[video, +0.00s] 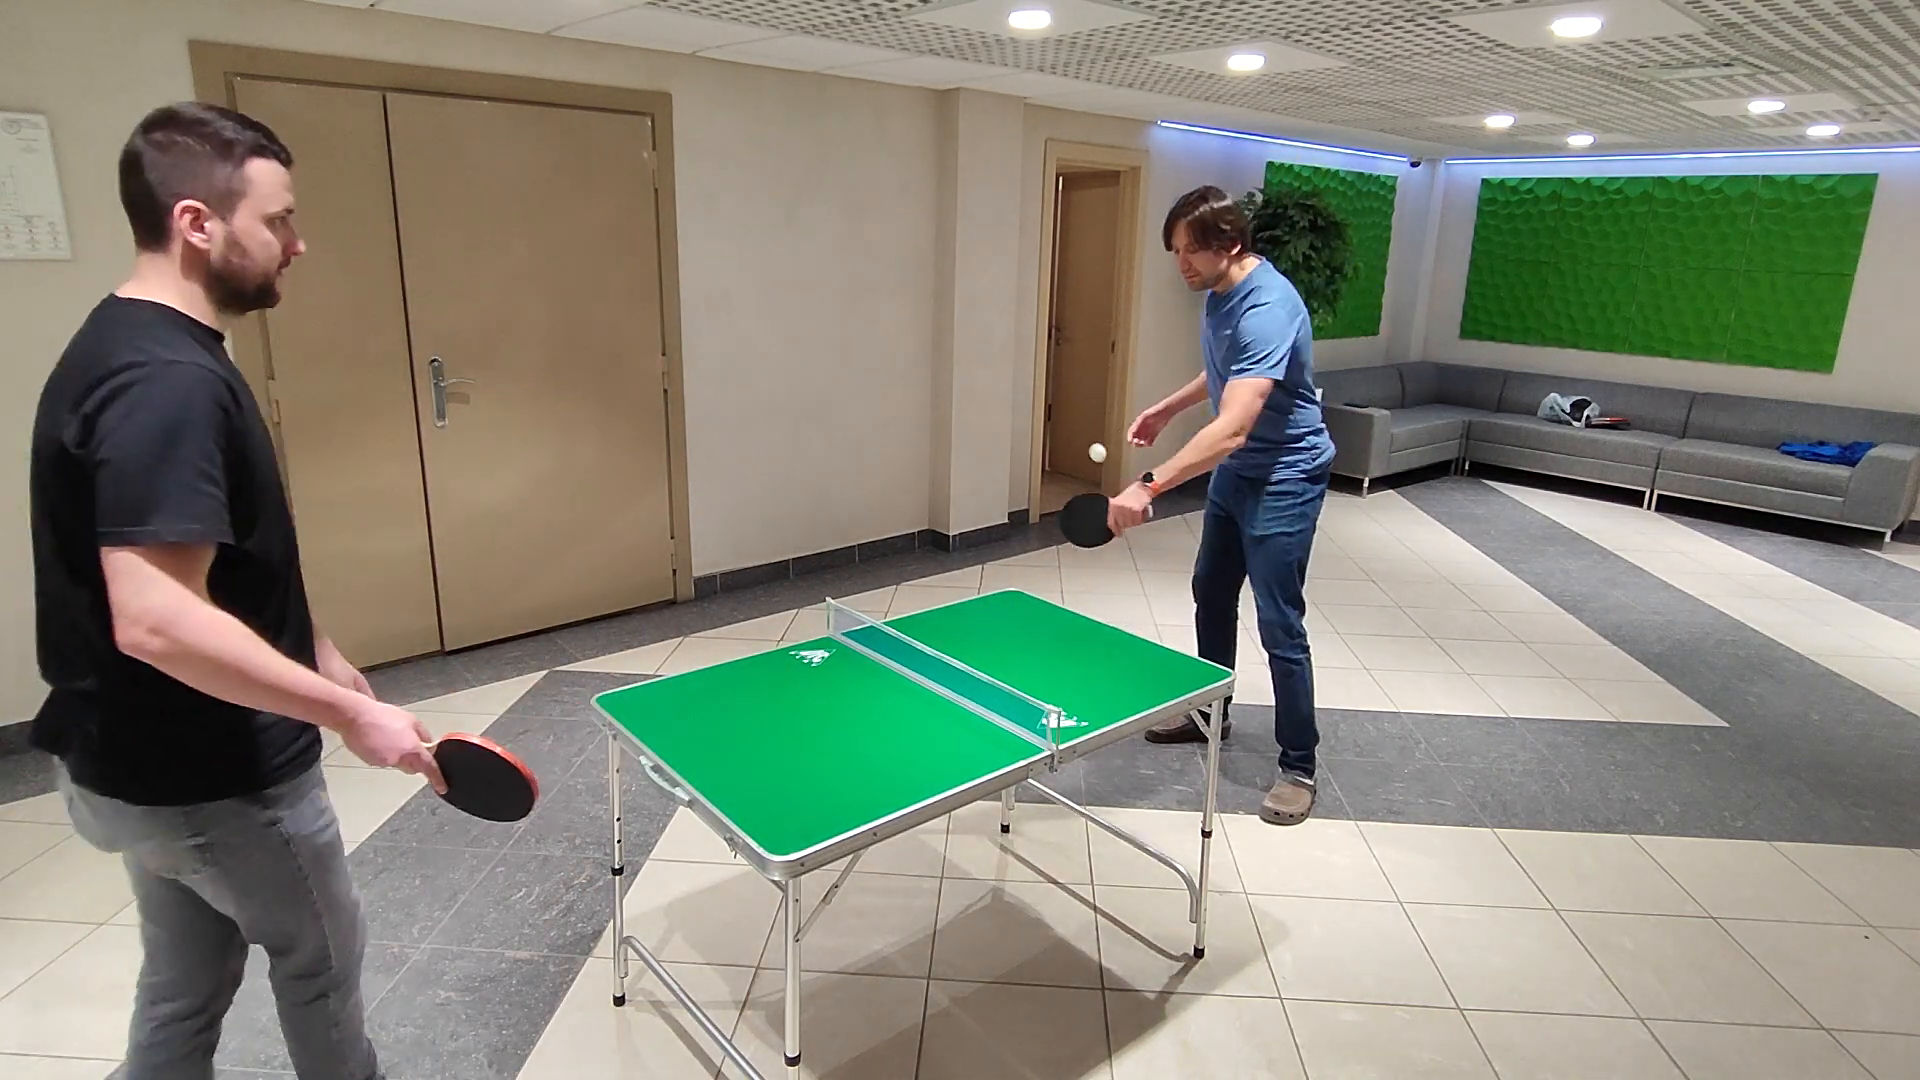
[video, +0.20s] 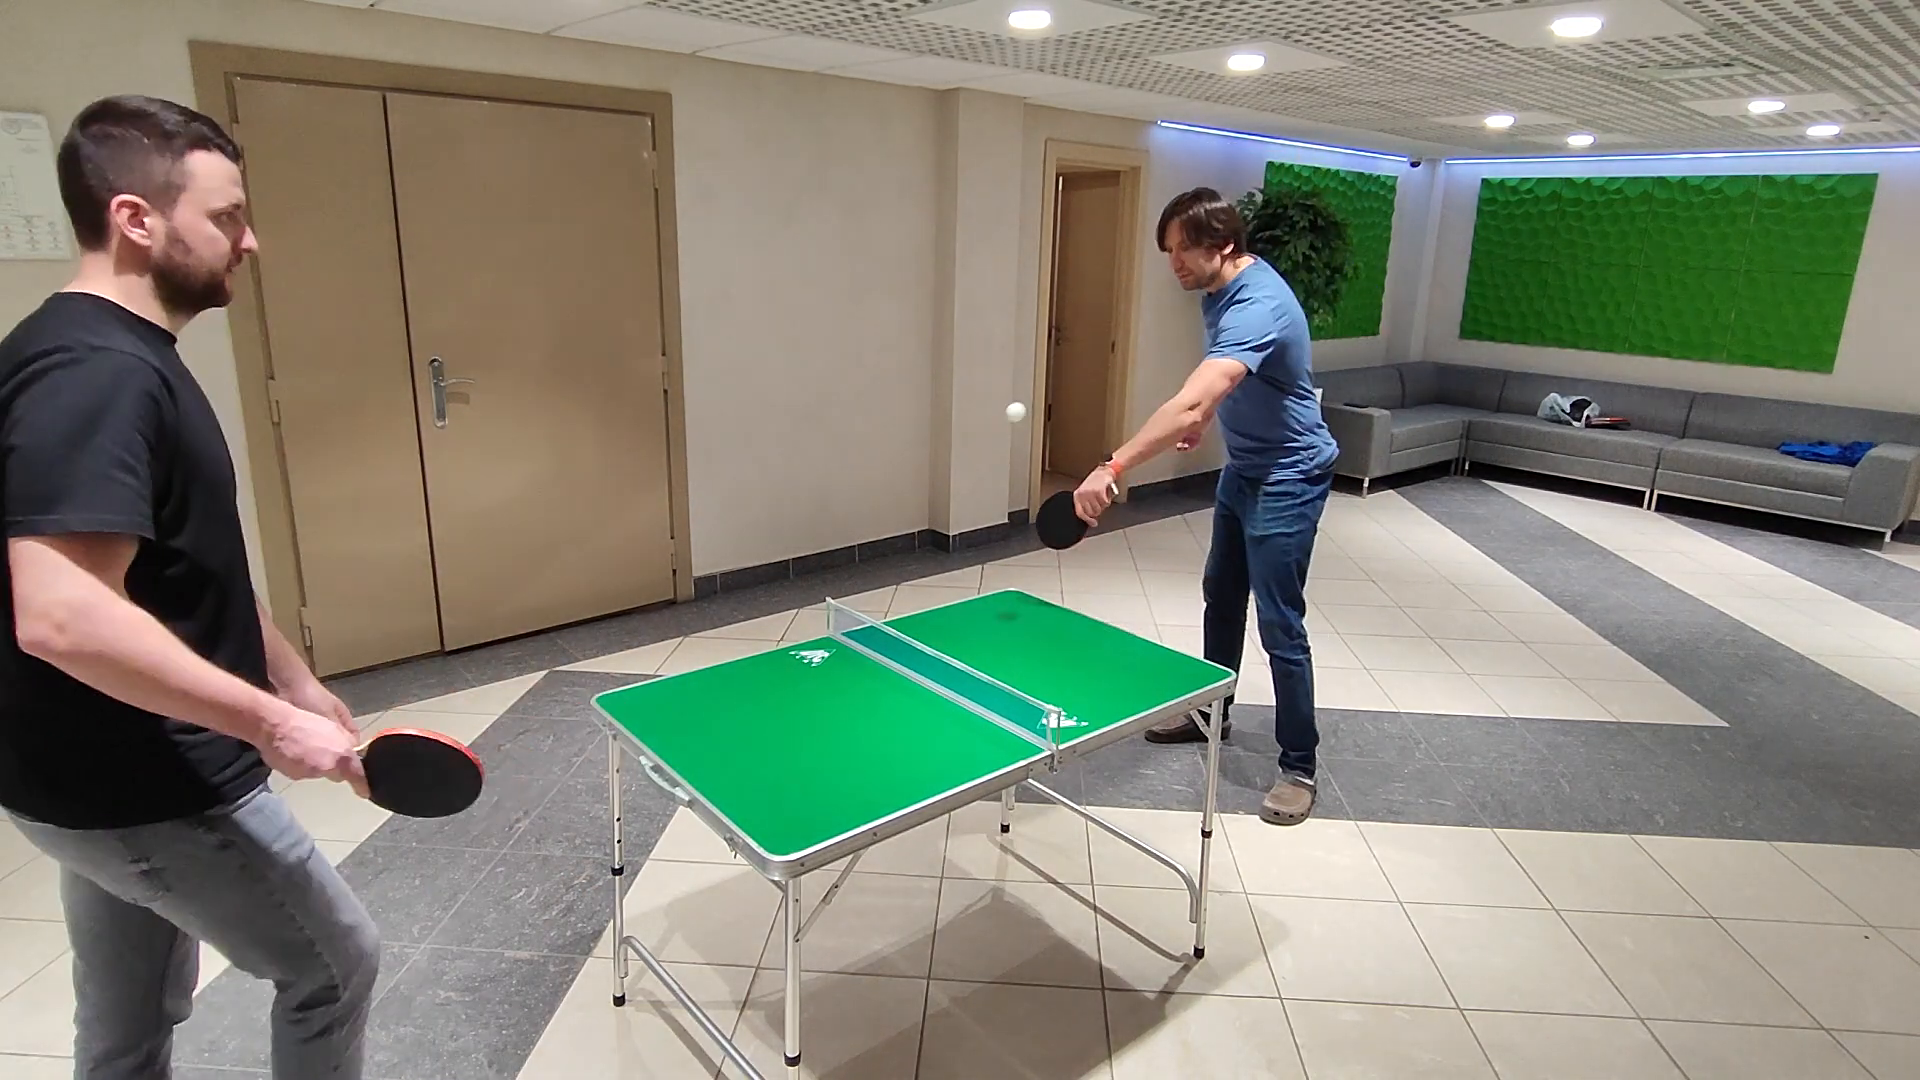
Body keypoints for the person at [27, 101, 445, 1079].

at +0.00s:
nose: (295, 246)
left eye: (293, 222)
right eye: (278, 221)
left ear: (196, 228)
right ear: (196, 225)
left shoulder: (121, 343)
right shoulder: (171, 374)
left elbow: (230, 559)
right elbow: (151, 617)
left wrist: (327, 666)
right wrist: (352, 712)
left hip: (140, 774)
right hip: (230, 782)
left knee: (180, 999)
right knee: (321, 963)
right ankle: (343, 1073)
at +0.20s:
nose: (249, 244)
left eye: (246, 219)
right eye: (226, 219)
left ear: (142, 225)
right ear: (137, 220)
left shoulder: (109, 347)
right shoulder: (102, 364)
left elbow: (189, 578)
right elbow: (55, 612)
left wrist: (302, 687)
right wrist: (268, 722)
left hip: (87, 781)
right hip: (155, 790)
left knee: (127, 1024)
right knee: (335, 969)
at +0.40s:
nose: (233, 258)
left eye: (233, 232)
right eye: (208, 228)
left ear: (113, 221)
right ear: (107, 213)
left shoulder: (83, 344)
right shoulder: (78, 372)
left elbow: (126, 591)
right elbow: (19, 626)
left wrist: (242, 713)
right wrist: (218, 759)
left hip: (76, 807)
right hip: (134, 822)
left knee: (114, 1053)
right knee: (267, 1051)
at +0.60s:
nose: (257, 276)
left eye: (260, 247)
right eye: (238, 243)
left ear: (133, 228)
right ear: (133, 224)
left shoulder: (112, 353)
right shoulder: (70, 394)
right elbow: (18, 673)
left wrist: (190, 802)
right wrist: (219, 795)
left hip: (138, 843)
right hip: (109, 864)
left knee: (176, 1060)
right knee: (174, 1069)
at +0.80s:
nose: (258, 280)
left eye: (262, 250)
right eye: (238, 248)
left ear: (128, 228)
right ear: (131, 224)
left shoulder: (75, 345)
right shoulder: (87, 409)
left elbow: (139, 600)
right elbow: (144, 687)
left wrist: (232, 714)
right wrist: (379, 745)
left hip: (119, 846)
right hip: (117, 874)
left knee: (183, 1059)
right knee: (173, 1071)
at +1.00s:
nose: (242, 262)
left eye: (243, 233)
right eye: (220, 228)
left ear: (106, 217)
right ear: (110, 214)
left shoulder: (22, 344)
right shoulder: (123, 406)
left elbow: (114, 550)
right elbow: (300, 628)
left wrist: (248, 667)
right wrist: (513, 650)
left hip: (51, 837)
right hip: (128, 863)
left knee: (151, 1059)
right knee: (171, 1070)